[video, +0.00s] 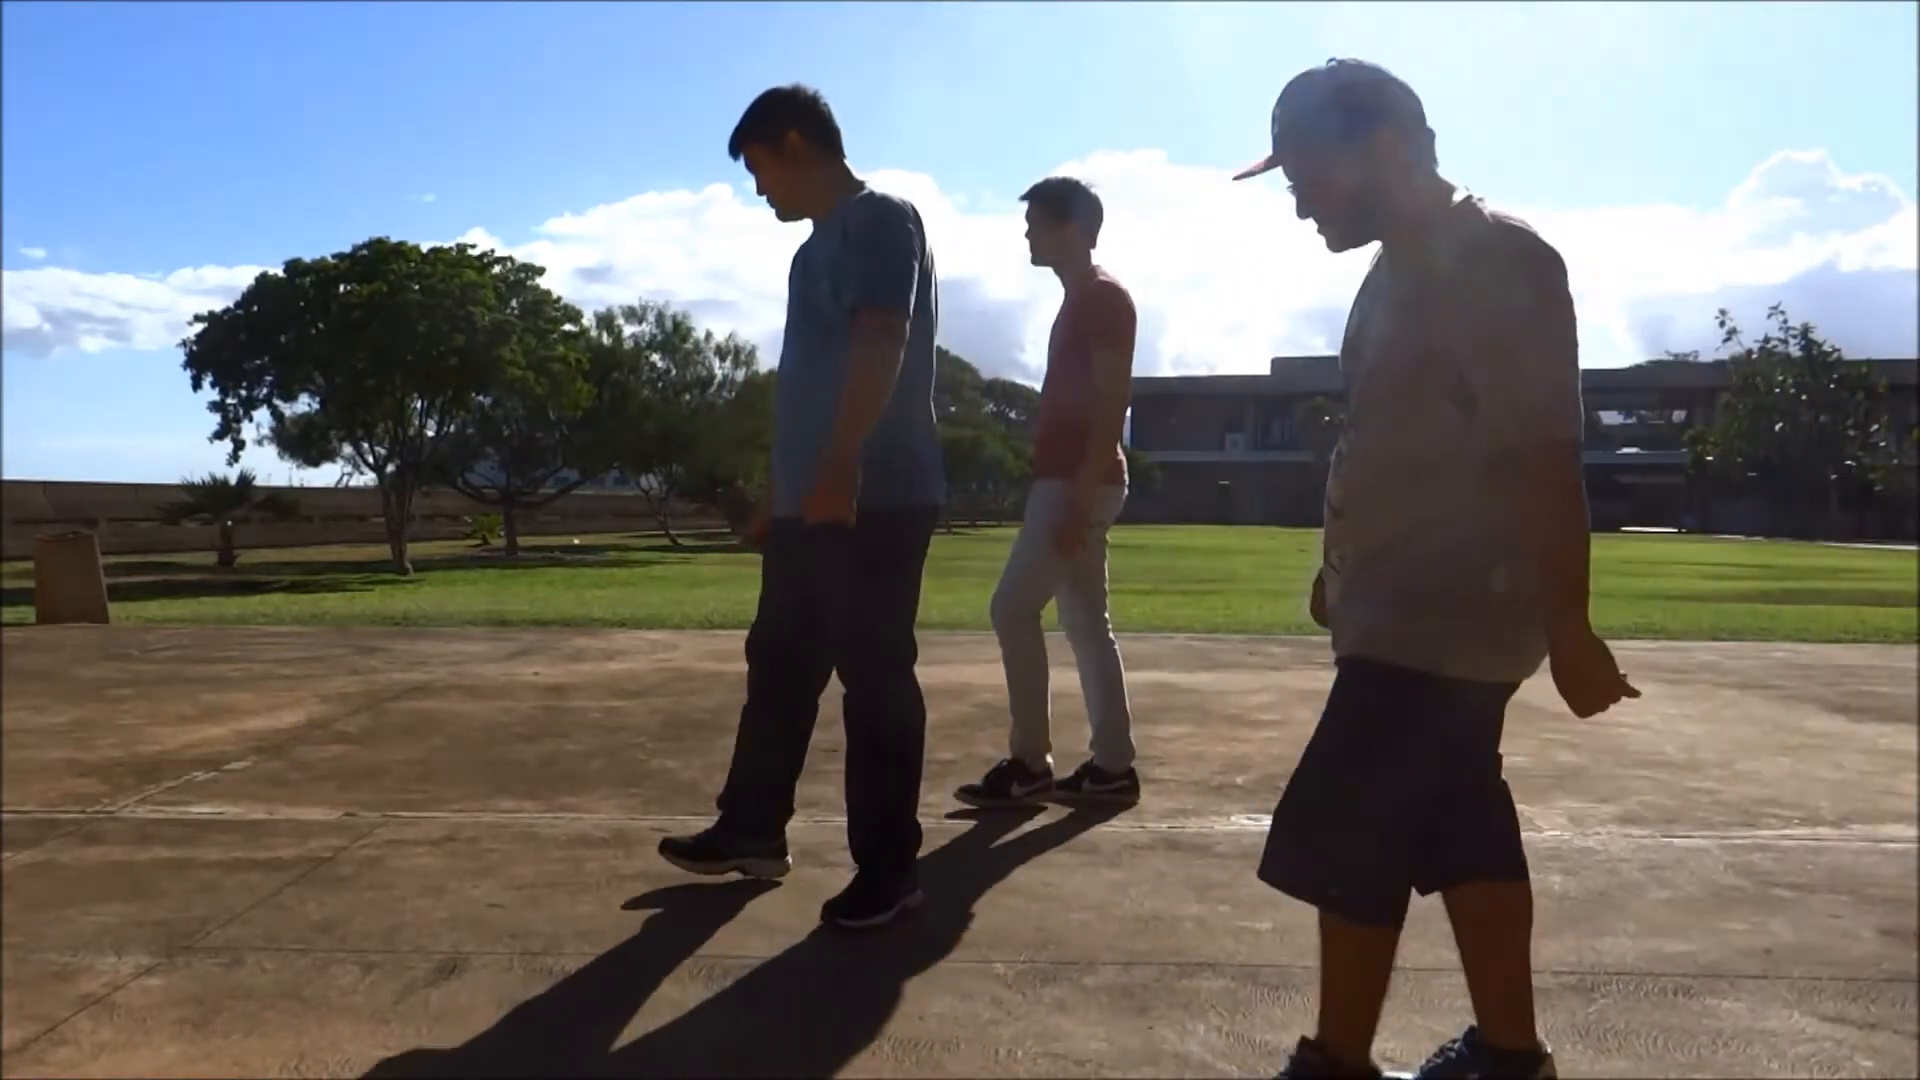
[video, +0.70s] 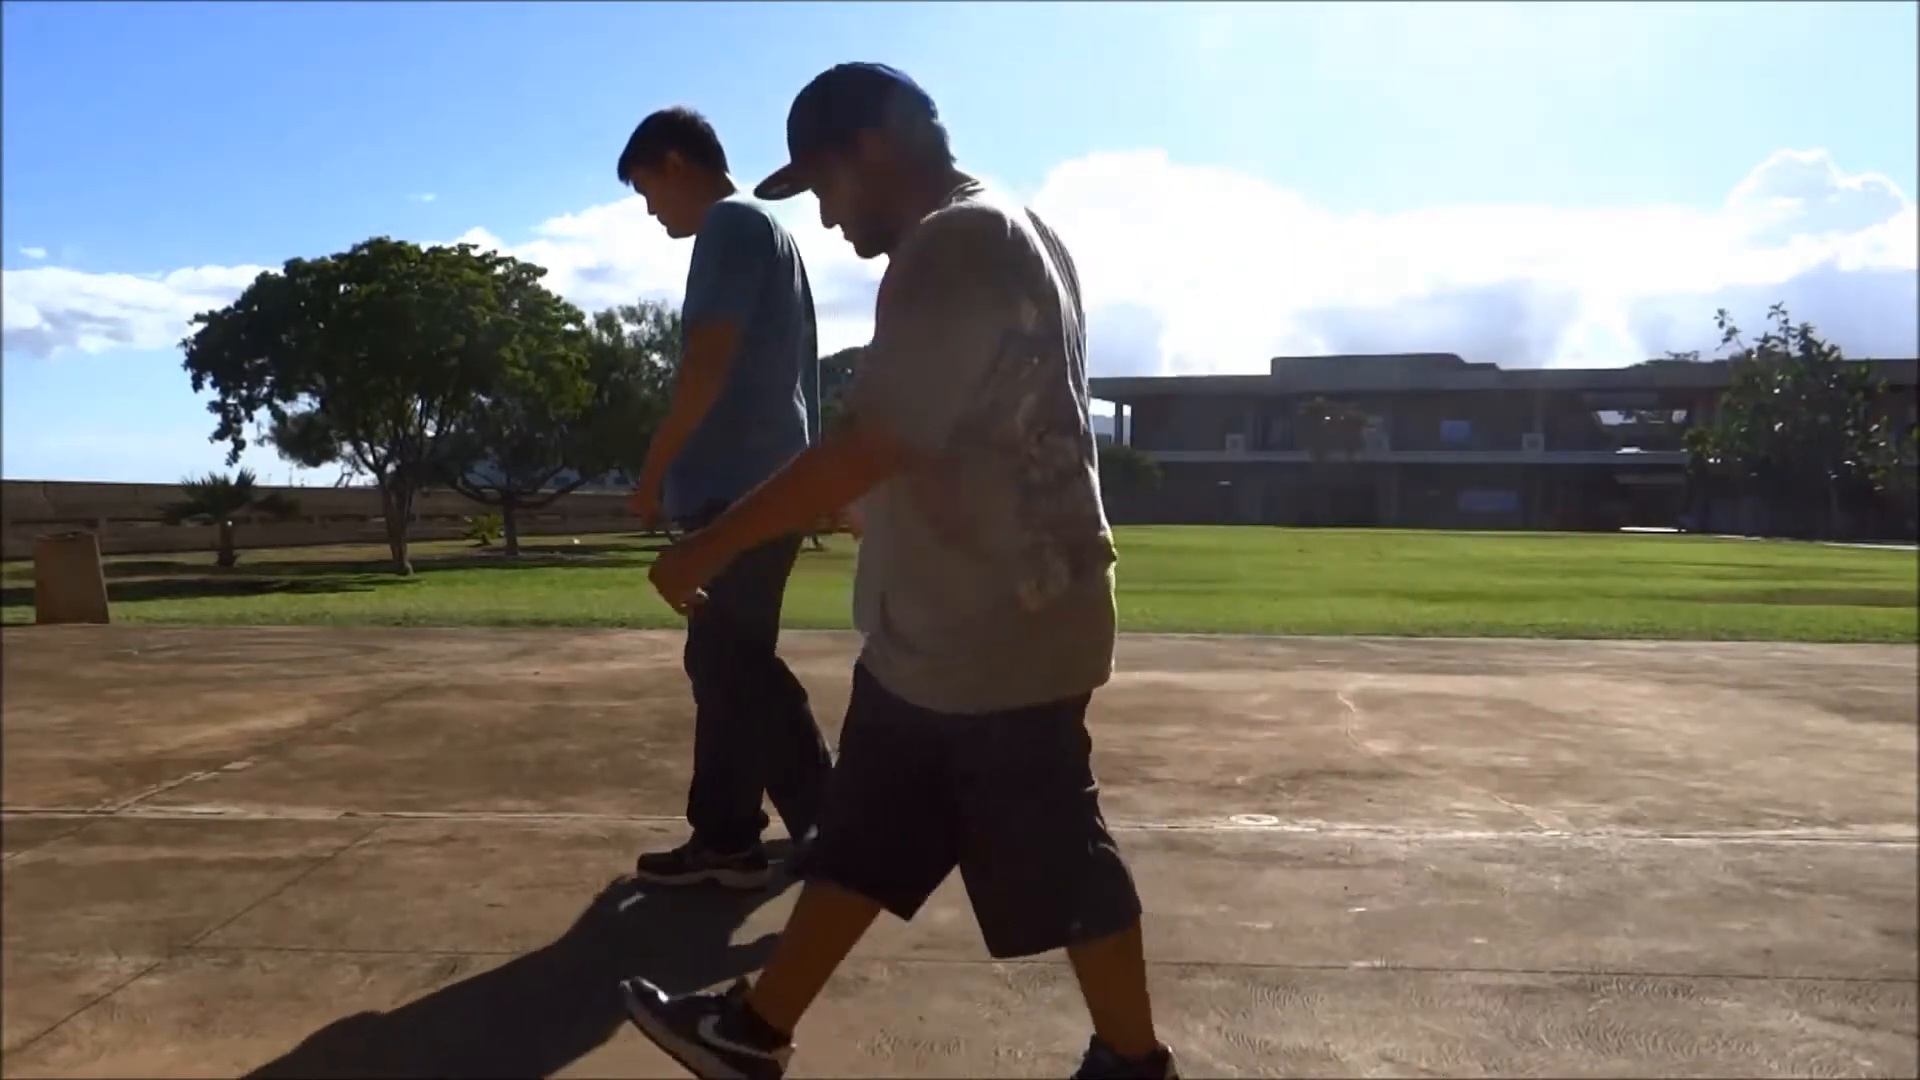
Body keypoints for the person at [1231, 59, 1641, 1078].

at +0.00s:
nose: (1299, 204)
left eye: (1306, 175)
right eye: (1291, 183)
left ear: (1383, 143)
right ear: (1375, 156)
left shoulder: (1503, 260)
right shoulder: (1388, 280)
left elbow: (1547, 452)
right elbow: (1388, 448)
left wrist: (1572, 629)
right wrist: (1344, 560)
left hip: (1451, 623)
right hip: (1395, 618)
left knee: (1355, 835)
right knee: (1468, 829)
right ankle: (1509, 1047)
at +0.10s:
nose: (1229, 207)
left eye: (1233, 176)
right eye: (1220, 185)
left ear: (1304, 154)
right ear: (1303, 162)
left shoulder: (1434, 275)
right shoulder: (1319, 286)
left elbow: (1482, 465)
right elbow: (1319, 450)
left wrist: (1513, 642)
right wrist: (1252, 546)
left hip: (1391, 642)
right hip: (1336, 638)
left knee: (1291, 859)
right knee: (1445, 838)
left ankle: (1184, 1052)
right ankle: (1506, 1042)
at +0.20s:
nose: (1164, 221)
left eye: (1172, 193)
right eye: (1157, 201)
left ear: (1246, 163)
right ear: (1239, 174)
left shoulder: (1360, 283)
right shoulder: (1256, 290)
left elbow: (1396, 484)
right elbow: (1258, 456)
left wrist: (1409, 661)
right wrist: (1184, 538)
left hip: (1308, 650)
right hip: (1272, 643)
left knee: (1218, 878)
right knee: (1381, 838)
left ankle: (1153, 1062)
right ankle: (1489, 1032)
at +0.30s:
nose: (1090, 212)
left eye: (1095, 184)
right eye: (1082, 192)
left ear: (1166, 158)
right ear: (1161, 164)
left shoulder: (1262, 271)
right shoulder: (1198, 277)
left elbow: (1295, 486)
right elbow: (1213, 458)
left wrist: (1275, 666)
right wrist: (1137, 543)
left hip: (1225, 643)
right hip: (1183, 635)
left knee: (1163, 872)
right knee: (1243, 828)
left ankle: (1141, 1064)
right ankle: (1416, 986)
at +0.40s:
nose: (1032, 205)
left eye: (1036, 174)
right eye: (1021, 182)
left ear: (1109, 140)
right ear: (1113, 147)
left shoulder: (1178, 253)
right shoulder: (1167, 245)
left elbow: (1152, 475)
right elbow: (1148, 465)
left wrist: (1099, 649)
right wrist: (1096, 630)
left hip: (1172, 630)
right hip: (1163, 620)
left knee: (1140, 838)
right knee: (1079, 770)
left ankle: (1137, 1063)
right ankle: (1270, 941)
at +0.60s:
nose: (893, 203)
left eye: (895, 170)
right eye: (884, 179)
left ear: (959, 137)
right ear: (974, 142)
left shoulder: (1036, 240)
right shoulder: (1062, 230)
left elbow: (929, 455)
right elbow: (941, 413)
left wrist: (798, 561)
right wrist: (934, 269)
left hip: (1058, 627)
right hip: (979, 616)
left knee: (1092, 850)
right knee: (912, 802)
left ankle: (1136, 1060)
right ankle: (897, 1024)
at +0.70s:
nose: (826, 216)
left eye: (823, 185)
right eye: (815, 195)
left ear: (879, 147)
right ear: (897, 149)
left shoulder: (955, 249)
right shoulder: (1003, 237)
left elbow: (873, 449)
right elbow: (979, 460)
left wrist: (706, 546)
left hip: (1000, 645)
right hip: (925, 644)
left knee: (1070, 863)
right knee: (861, 846)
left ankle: (1133, 1060)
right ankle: (755, 1027)